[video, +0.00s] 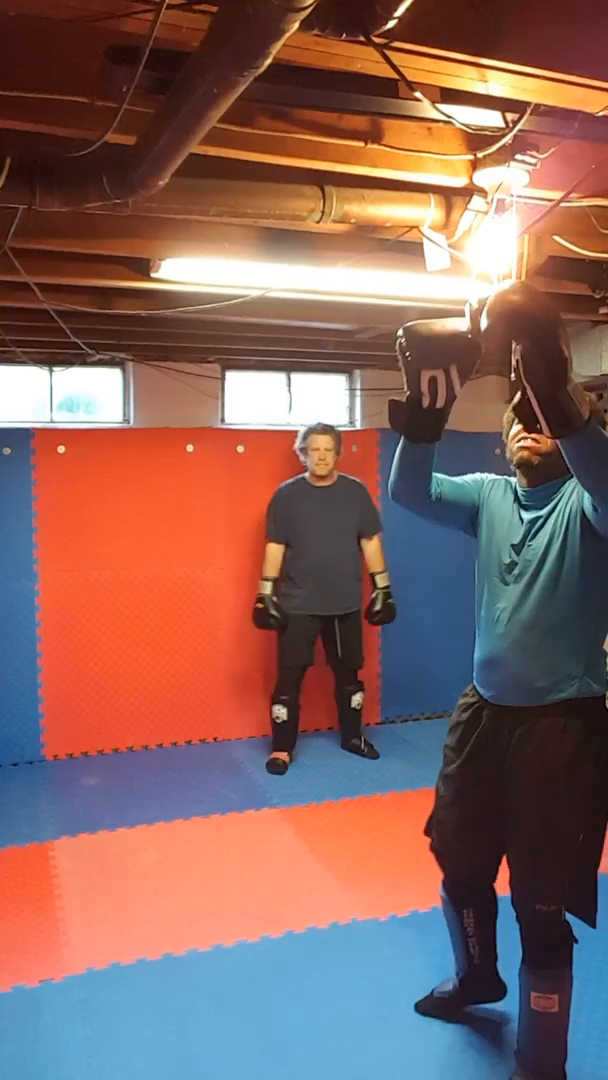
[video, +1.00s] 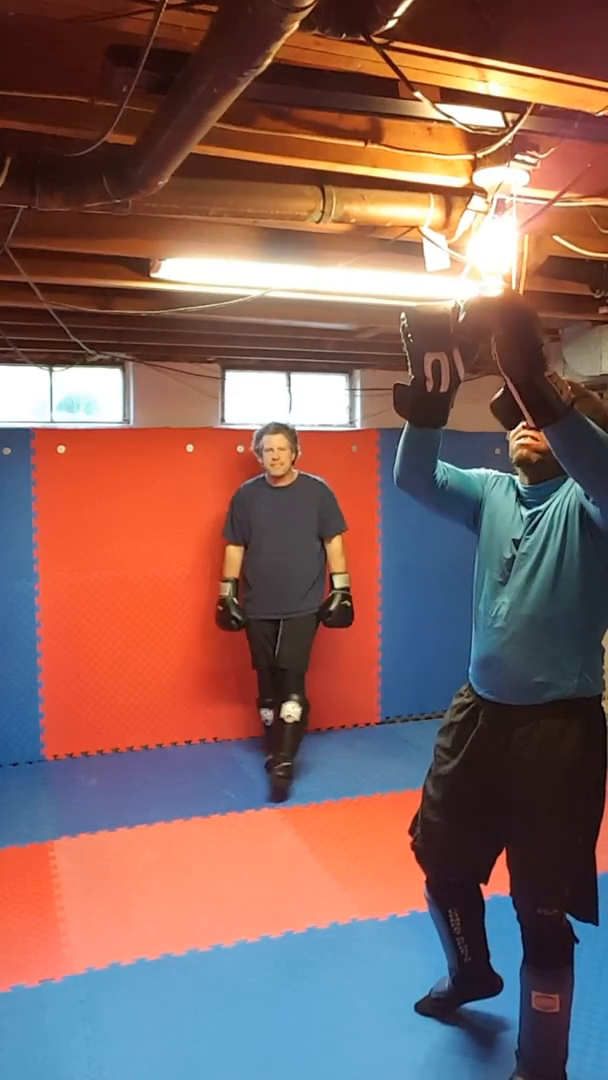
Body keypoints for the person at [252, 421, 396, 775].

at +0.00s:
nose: (321, 457)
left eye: (327, 451)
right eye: (314, 451)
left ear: (337, 454)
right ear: (304, 454)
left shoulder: (355, 491)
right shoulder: (287, 495)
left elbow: (371, 541)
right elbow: (275, 545)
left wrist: (383, 588)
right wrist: (265, 592)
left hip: (346, 603)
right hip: (297, 602)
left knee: (350, 672)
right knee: (290, 676)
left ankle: (353, 736)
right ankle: (282, 748)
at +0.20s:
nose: (301, 461)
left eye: (307, 455)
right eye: (294, 455)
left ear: (318, 457)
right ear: (284, 459)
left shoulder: (338, 494)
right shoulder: (268, 498)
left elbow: (353, 544)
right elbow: (256, 548)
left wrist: (360, 593)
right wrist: (245, 595)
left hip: (329, 606)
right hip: (279, 606)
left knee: (343, 676)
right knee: (278, 677)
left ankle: (352, 736)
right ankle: (280, 748)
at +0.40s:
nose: (287, 462)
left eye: (293, 455)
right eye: (280, 456)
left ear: (305, 457)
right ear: (271, 459)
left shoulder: (326, 494)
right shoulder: (255, 499)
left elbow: (339, 544)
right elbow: (243, 549)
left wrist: (346, 591)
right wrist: (233, 598)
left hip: (317, 605)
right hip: (268, 606)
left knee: (326, 678)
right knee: (273, 680)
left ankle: (338, 740)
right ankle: (279, 747)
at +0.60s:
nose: (278, 457)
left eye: (284, 450)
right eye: (272, 451)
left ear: (298, 453)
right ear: (264, 455)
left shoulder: (320, 489)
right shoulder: (250, 494)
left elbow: (336, 538)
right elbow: (238, 545)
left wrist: (340, 587)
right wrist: (230, 593)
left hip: (309, 601)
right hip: (264, 602)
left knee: (297, 676)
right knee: (271, 676)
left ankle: (297, 757)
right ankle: (278, 747)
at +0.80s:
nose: (274, 462)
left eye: (281, 455)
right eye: (268, 456)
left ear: (294, 458)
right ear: (259, 461)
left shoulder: (318, 494)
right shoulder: (248, 500)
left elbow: (333, 544)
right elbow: (239, 552)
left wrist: (339, 595)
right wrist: (230, 601)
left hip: (304, 606)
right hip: (259, 607)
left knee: (285, 677)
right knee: (267, 681)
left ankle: (271, 763)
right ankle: (277, 750)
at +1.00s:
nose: (274, 456)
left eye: (281, 450)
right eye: (268, 450)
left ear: (295, 453)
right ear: (259, 455)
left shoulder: (317, 491)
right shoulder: (246, 495)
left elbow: (334, 541)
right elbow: (234, 546)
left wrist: (341, 590)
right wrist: (227, 593)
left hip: (303, 603)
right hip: (257, 604)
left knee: (291, 675)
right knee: (268, 676)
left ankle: (285, 762)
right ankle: (275, 749)